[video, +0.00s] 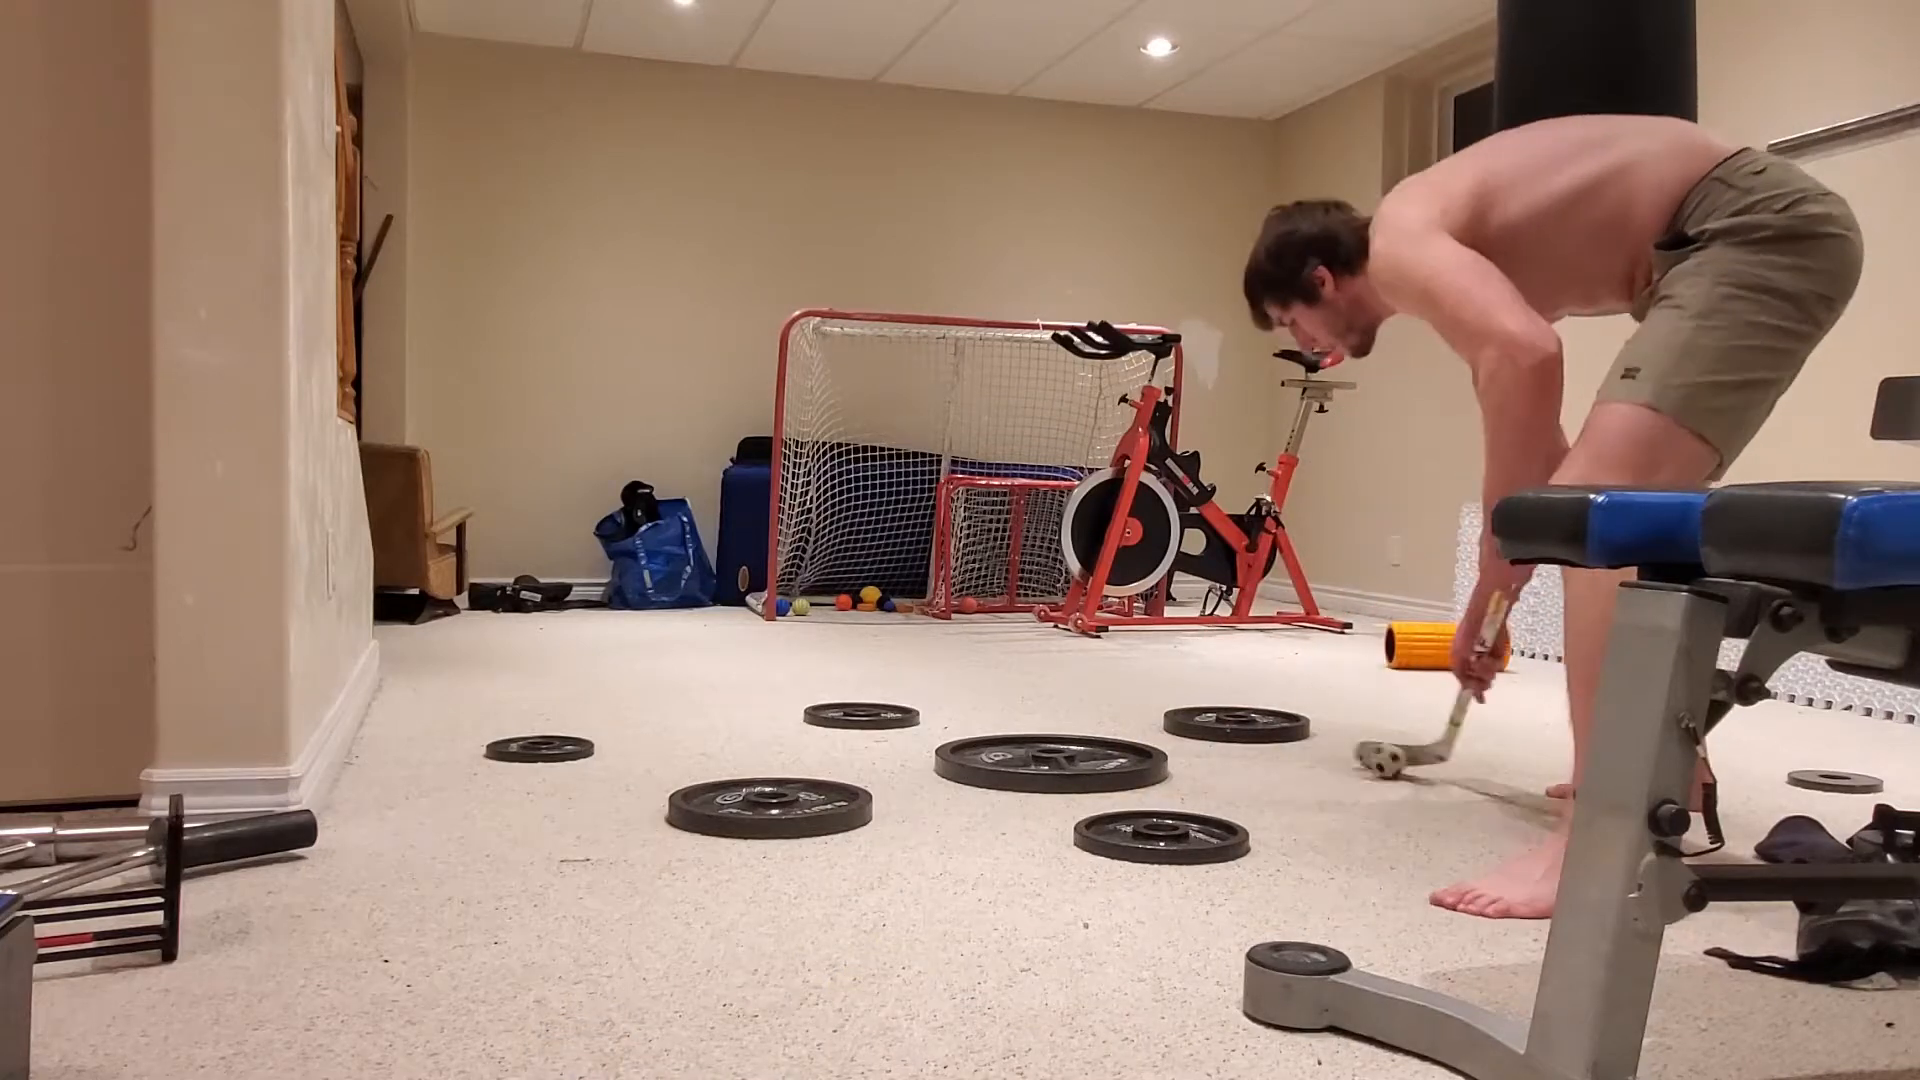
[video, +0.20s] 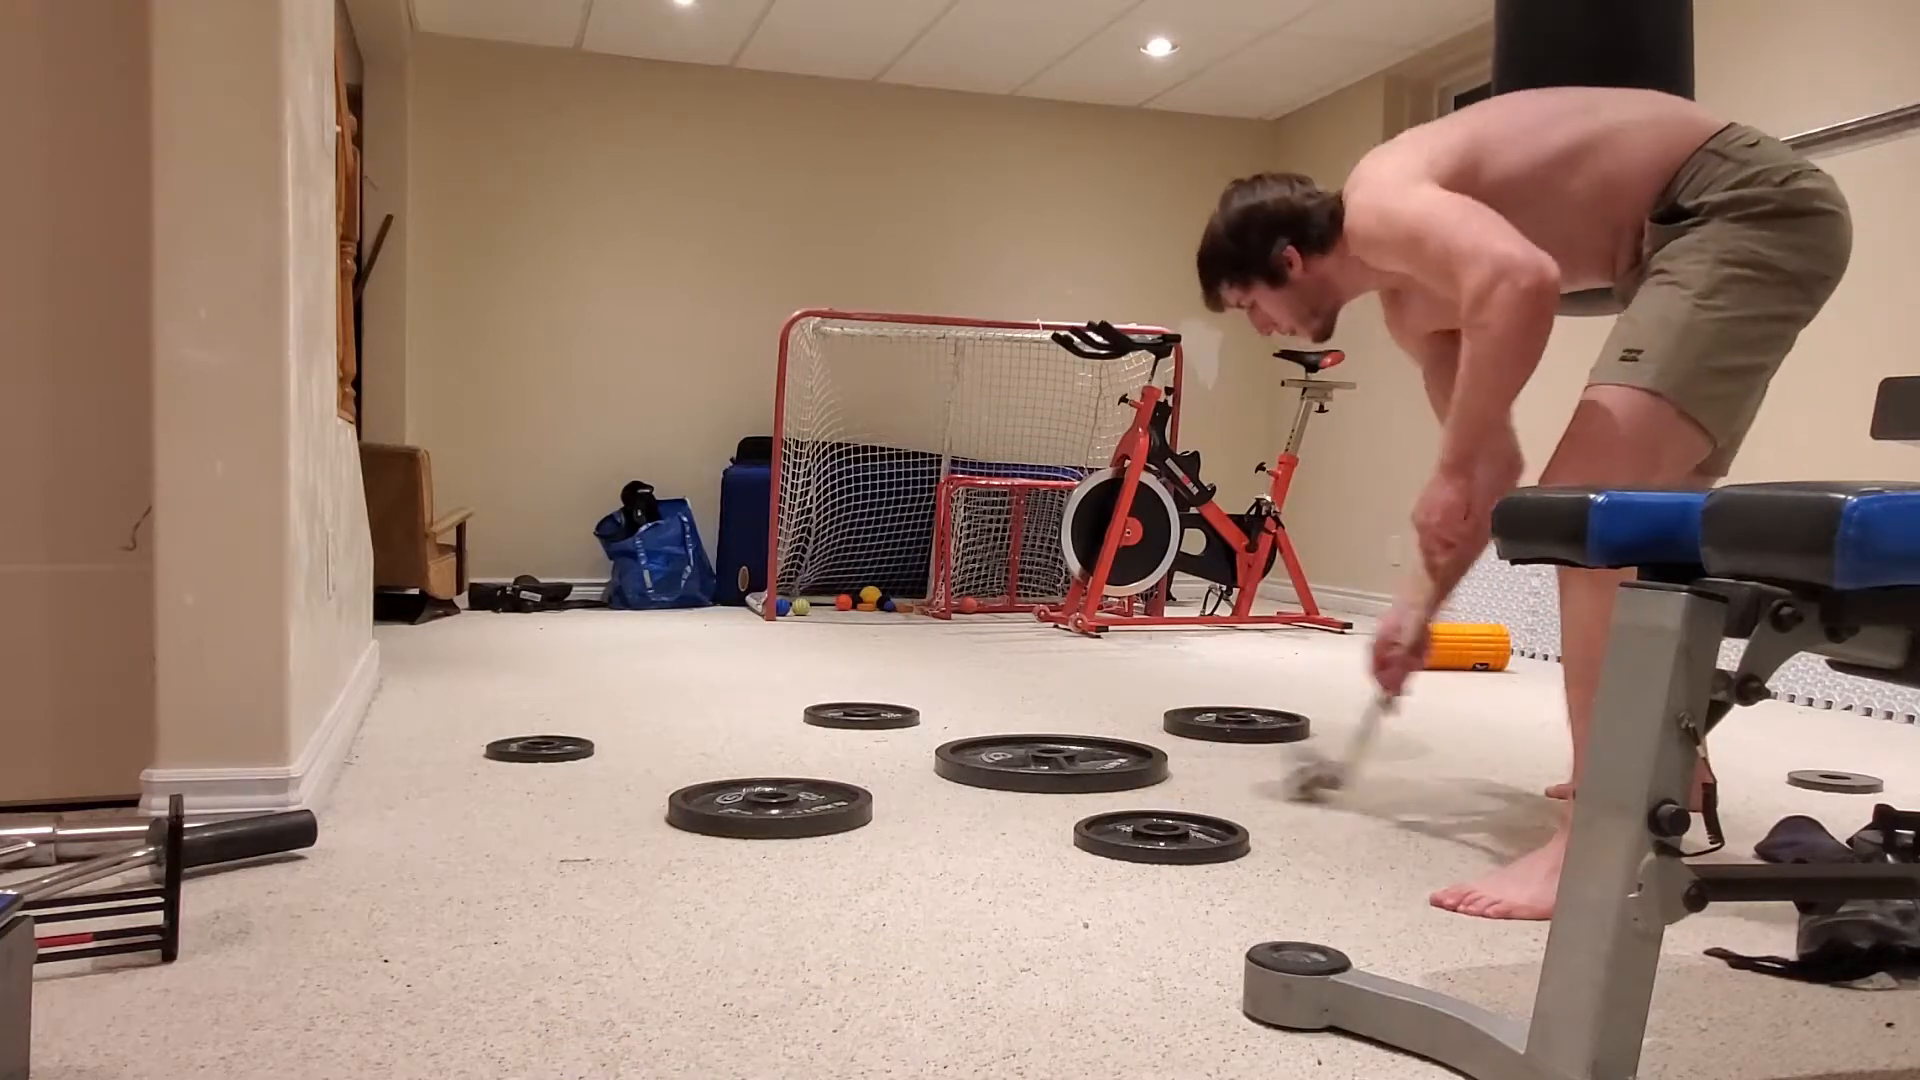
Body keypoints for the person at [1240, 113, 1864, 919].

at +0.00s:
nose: (1309, 355)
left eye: (1295, 333)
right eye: (1293, 345)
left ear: (1322, 280)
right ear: (1331, 276)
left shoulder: (1399, 240)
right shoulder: (1428, 251)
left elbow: (1527, 354)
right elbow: (1520, 456)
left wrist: (1504, 560)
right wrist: (1487, 603)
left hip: (1753, 228)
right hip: (1727, 242)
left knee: (1588, 510)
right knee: (1627, 516)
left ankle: (1596, 834)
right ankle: (1672, 766)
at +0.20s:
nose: (1261, 330)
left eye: (1250, 306)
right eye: (1245, 317)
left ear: (1290, 259)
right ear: (1293, 264)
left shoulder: (1377, 202)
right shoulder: (1417, 311)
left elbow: (1516, 280)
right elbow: (1492, 465)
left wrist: (1456, 473)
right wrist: (1420, 600)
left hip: (1744, 201)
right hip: (1703, 232)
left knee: (1589, 495)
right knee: (1649, 510)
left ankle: (1601, 836)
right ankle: (1669, 768)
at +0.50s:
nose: (1217, 300)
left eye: (1213, 270)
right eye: (1201, 284)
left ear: (1268, 219)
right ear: (1266, 226)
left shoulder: (1394, 193)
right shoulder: (1338, 290)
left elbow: (1575, 321)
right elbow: (1345, 463)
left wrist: (1429, 476)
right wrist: (1233, 577)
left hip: (1740, 193)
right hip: (1657, 238)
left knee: (1578, 496)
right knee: (1628, 508)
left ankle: (1595, 835)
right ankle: (1670, 760)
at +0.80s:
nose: (1237, 274)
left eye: (1237, 239)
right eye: (1220, 257)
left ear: (1297, 178)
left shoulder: (1428, 127)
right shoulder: (1356, 306)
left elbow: (1663, 169)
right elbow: (1452, 433)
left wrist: (1573, 383)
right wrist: (1457, 543)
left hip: (1742, 186)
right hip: (1639, 242)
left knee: (1630, 470)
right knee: (1610, 468)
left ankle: (1611, 833)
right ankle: (1661, 755)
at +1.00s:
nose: (1257, 298)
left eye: (1247, 265)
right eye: (1238, 286)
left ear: (1291, 198)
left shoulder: (1415, 131)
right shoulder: (1391, 298)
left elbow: (1654, 45)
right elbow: (1547, 376)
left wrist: (1614, 286)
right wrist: (1538, 536)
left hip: (1758, 178)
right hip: (1676, 240)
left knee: (1661, 474)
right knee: (1642, 471)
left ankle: (1621, 834)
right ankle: (1669, 757)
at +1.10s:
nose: (1267, 320)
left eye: (1252, 293)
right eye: (1248, 309)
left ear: (1287, 232)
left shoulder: (1402, 169)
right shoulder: (1421, 309)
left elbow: (1592, 178)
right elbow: (1574, 408)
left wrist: (1553, 395)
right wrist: (1565, 567)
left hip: (1765, 176)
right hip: (1683, 250)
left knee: (1673, 470)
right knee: (1654, 497)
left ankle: (1618, 838)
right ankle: (1670, 786)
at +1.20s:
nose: (1303, 357)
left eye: (1286, 336)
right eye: (1285, 349)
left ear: (1306, 279)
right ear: (1316, 282)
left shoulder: (1400, 214)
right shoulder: (1464, 333)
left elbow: (1549, 280)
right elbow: (1600, 452)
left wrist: (1549, 511)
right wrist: (1577, 613)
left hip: (1776, 184)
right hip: (1722, 229)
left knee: (1669, 486)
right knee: (1660, 492)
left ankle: (1607, 841)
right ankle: (1678, 771)